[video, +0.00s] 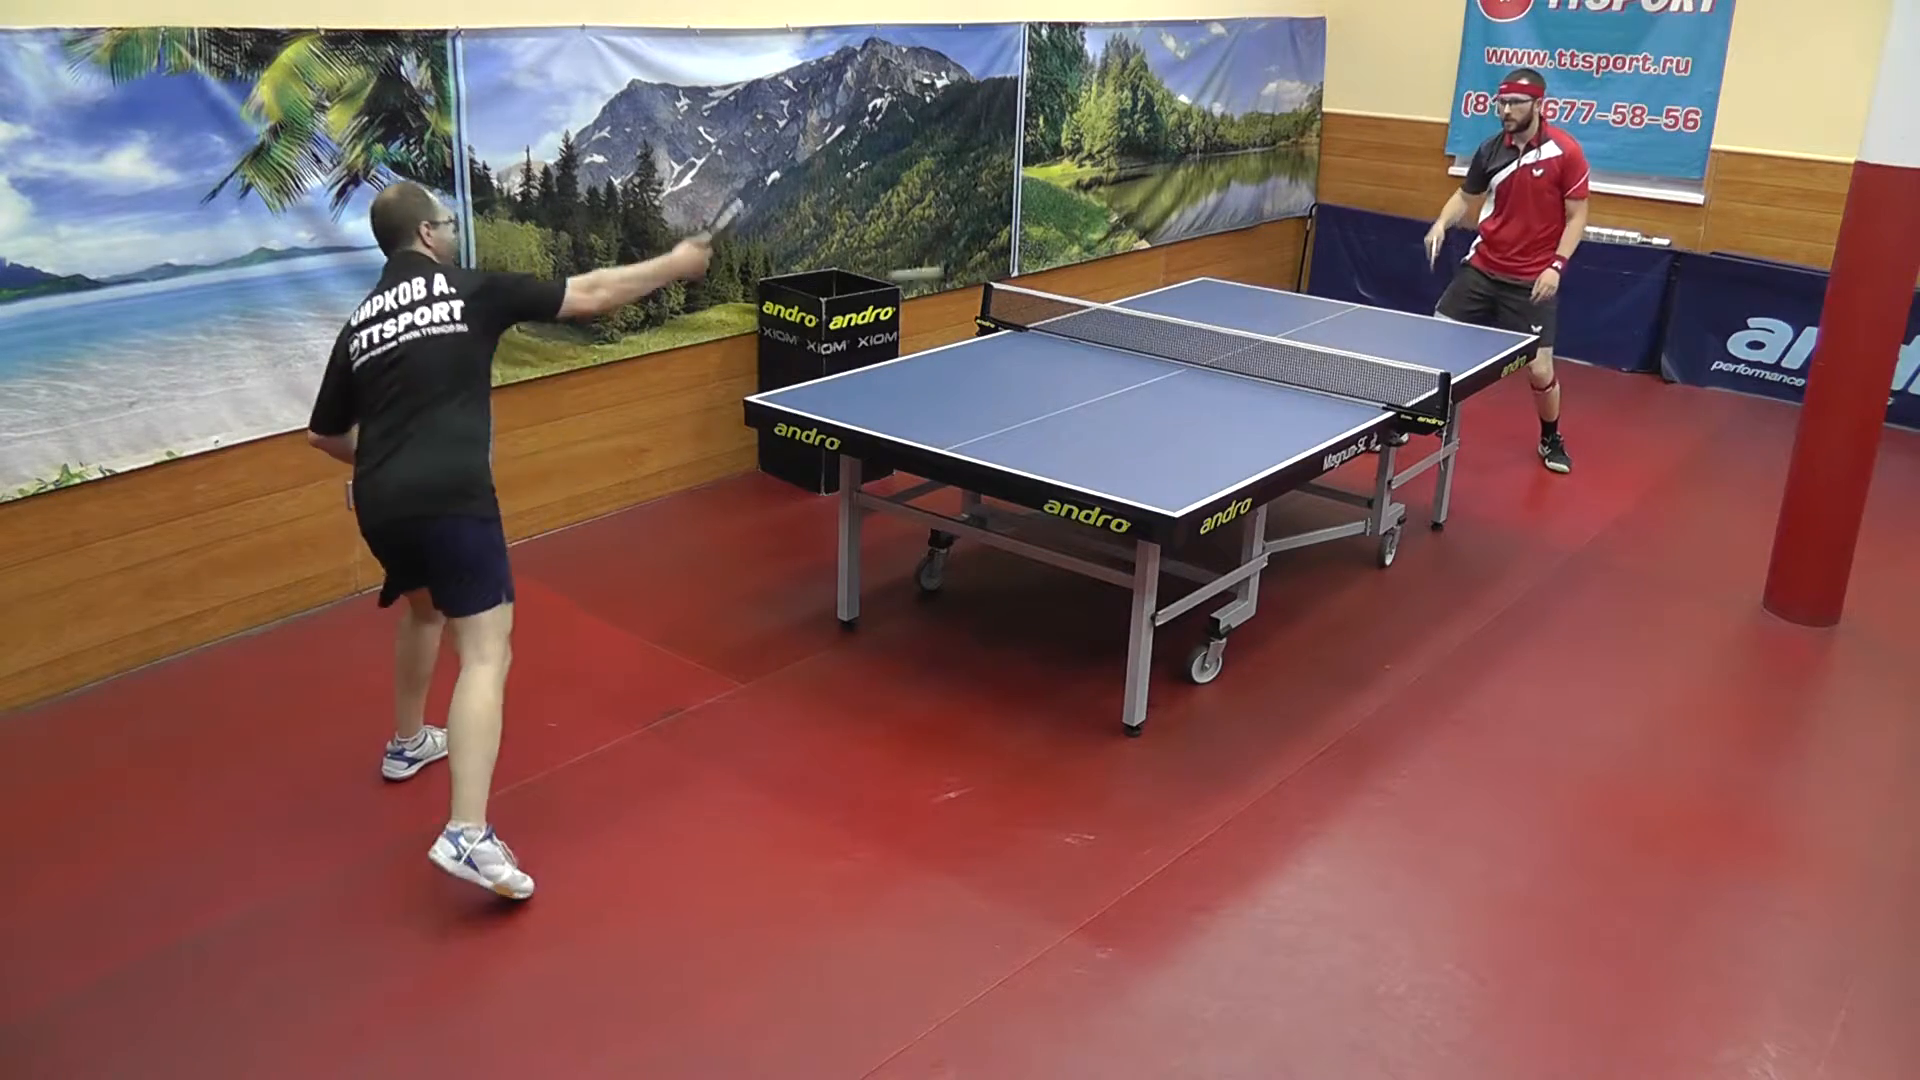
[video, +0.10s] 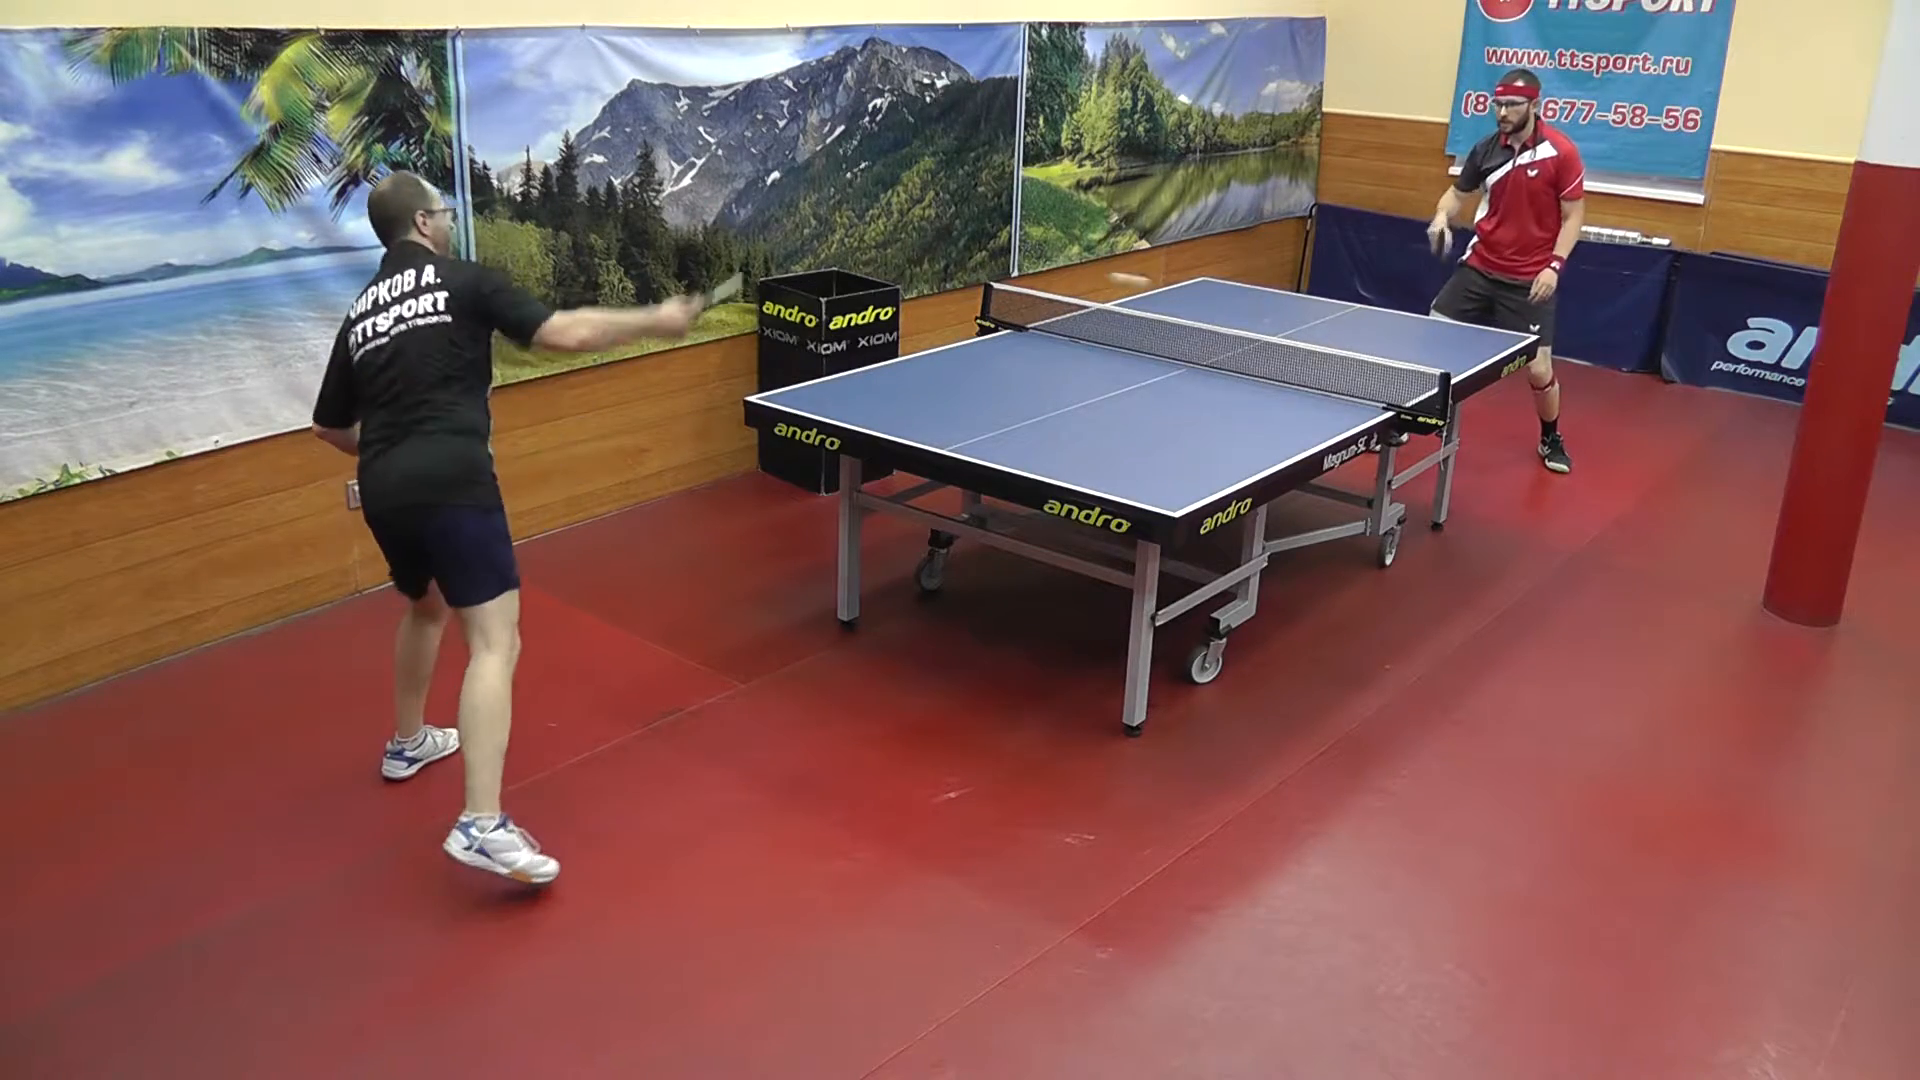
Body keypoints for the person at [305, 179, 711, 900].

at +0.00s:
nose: (452, 232)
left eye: (445, 221)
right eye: (445, 223)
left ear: (388, 244)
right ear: (429, 234)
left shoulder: (360, 325)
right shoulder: (474, 289)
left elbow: (326, 433)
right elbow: (587, 294)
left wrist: (382, 455)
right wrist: (675, 263)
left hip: (381, 503)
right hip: (456, 496)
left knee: (422, 609)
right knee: (484, 658)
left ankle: (409, 739)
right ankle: (468, 831)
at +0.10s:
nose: (449, 221)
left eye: (442, 210)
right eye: (442, 213)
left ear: (387, 233)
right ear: (424, 224)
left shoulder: (362, 312)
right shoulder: (464, 281)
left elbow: (331, 424)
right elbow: (564, 332)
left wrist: (385, 445)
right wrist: (657, 318)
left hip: (383, 489)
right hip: (456, 478)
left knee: (425, 605)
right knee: (493, 645)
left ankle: (409, 738)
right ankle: (482, 820)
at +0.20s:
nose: (462, 217)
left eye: (456, 206)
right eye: (455, 207)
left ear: (401, 227)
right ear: (435, 218)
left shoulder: (369, 304)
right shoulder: (469, 283)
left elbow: (339, 414)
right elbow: (552, 367)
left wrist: (397, 434)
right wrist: (637, 384)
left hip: (383, 483)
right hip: (453, 479)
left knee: (424, 605)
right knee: (497, 648)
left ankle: (407, 740)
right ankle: (512, 822)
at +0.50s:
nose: (534, 234)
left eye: (530, 223)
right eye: (527, 225)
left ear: (470, 238)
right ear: (501, 237)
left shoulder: (421, 309)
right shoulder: (499, 322)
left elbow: (414, 415)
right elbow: (530, 446)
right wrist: (599, 490)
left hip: (395, 503)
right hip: (453, 513)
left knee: (440, 616)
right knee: (516, 670)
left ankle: (407, 739)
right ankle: (522, 847)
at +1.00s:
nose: (531, 224)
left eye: (526, 211)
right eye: (526, 214)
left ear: (460, 225)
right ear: (506, 222)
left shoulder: (415, 307)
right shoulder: (529, 315)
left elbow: (370, 406)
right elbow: (599, 418)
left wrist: (429, 435)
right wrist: (549, 427)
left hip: (414, 505)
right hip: (490, 513)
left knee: (428, 618)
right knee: (548, 666)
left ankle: (408, 735)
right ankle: (527, 837)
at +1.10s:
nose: (495, 195)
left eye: (489, 183)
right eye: (488, 185)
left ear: (424, 201)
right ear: (468, 196)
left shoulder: (391, 293)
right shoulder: (506, 283)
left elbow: (352, 394)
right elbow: (614, 347)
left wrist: (417, 420)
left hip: (415, 489)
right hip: (491, 492)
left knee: (420, 610)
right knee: (537, 654)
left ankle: (406, 730)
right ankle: (535, 827)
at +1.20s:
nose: (465, 190)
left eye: (459, 179)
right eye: (458, 182)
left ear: (396, 206)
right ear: (441, 198)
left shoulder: (378, 299)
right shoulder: (492, 277)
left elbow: (346, 397)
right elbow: (612, 288)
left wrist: (411, 413)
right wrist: (678, 215)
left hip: (412, 496)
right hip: (486, 497)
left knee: (421, 618)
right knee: (531, 654)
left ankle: (399, 744)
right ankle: (535, 827)